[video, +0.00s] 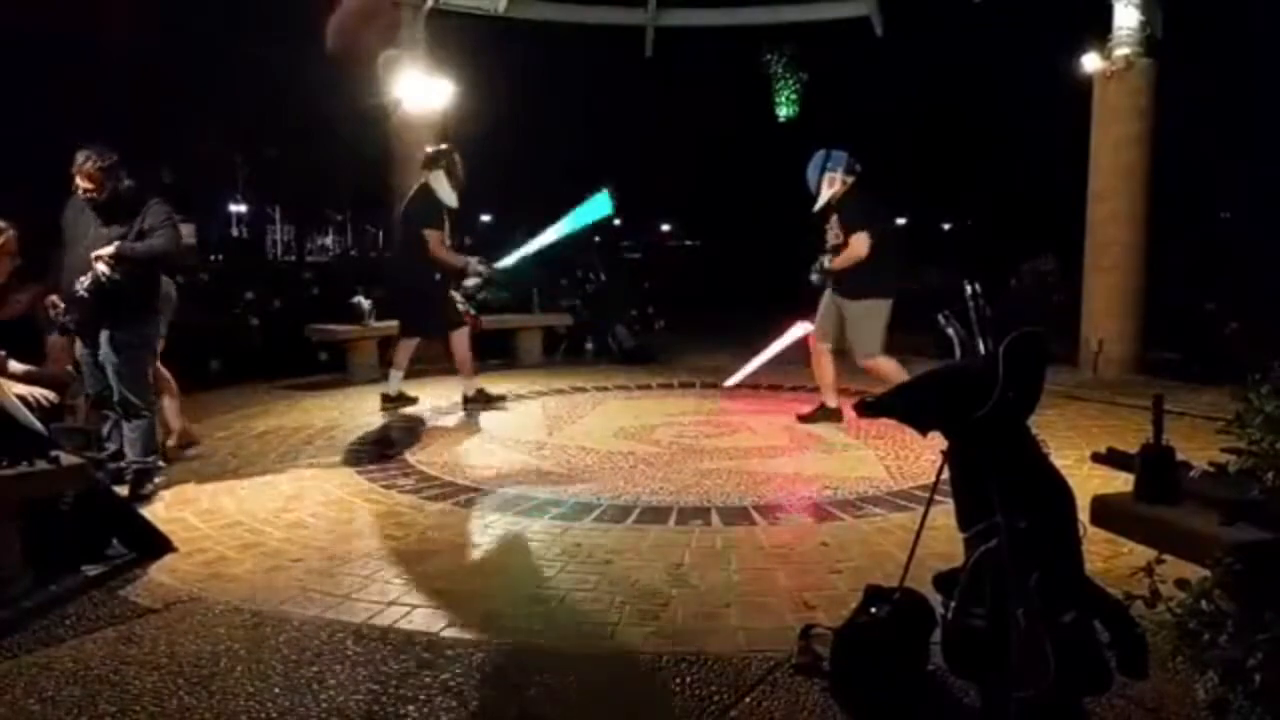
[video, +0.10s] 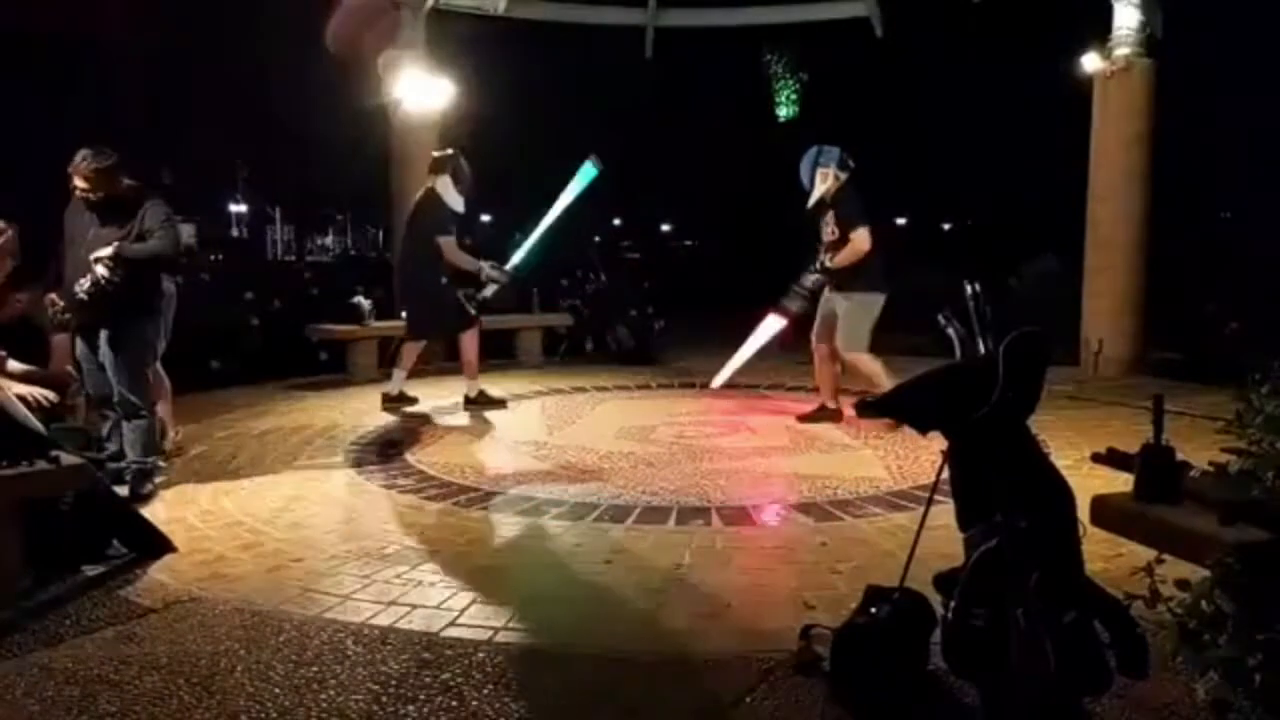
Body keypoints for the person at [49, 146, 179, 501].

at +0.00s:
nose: (86, 194)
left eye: (93, 187)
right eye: (81, 187)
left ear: (114, 179)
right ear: (75, 182)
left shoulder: (143, 206)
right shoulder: (75, 209)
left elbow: (169, 245)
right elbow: (67, 254)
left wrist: (120, 250)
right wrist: (56, 288)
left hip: (130, 317)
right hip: (86, 317)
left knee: (132, 399)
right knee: (101, 398)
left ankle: (142, 468)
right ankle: (112, 459)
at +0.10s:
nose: (80, 195)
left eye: (87, 188)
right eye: (77, 188)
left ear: (109, 184)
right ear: (74, 183)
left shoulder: (143, 205)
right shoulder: (75, 210)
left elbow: (168, 246)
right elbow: (69, 257)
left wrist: (119, 250)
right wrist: (60, 291)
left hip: (131, 317)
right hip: (87, 317)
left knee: (131, 400)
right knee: (101, 399)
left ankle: (141, 470)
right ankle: (112, 464)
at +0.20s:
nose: (73, 192)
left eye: (79, 185)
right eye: (69, 185)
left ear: (99, 177)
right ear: (66, 180)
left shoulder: (139, 205)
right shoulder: (75, 210)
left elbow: (168, 249)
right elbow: (70, 258)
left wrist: (119, 259)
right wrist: (63, 292)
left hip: (129, 321)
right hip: (87, 320)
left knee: (131, 400)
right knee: (100, 400)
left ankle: (141, 468)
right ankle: (111, 464)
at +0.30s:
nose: (67, 194)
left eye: (72, 187)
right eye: (64, 187)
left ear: (94, 179)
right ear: (67, 182)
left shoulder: (137, 204)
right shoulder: (75, 210)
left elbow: (166, 252)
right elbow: (74, 266)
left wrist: (122, 271)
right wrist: (52, 290)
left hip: (126, 324)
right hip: (86, 322)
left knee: (132, 403)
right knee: (100, 402)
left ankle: (141, 468)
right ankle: (111, 463)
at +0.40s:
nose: (61, 190)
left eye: (66, 183)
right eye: (58, 184)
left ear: (90, 177)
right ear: (75, 180)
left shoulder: (132, 206)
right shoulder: (73, 206)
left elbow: (161, 252)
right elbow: (67, 258)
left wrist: (123, 285)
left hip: (116, 324)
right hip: (78, 323)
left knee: (128, 404)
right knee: (89, 398)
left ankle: (136, 470)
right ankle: (99, 460)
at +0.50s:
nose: (56, 190)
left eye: (61, 183)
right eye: (54, 183)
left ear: (85, 176)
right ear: (74, 179)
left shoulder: (128, 206)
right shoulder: (67, 209)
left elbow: (159, 254)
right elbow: (68, 262)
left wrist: (127, 299)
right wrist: (61, 304)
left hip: (114, 324)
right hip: (75, 324)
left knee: (131, 405)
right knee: (76, 401)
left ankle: (139, 470)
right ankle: (86, 465)